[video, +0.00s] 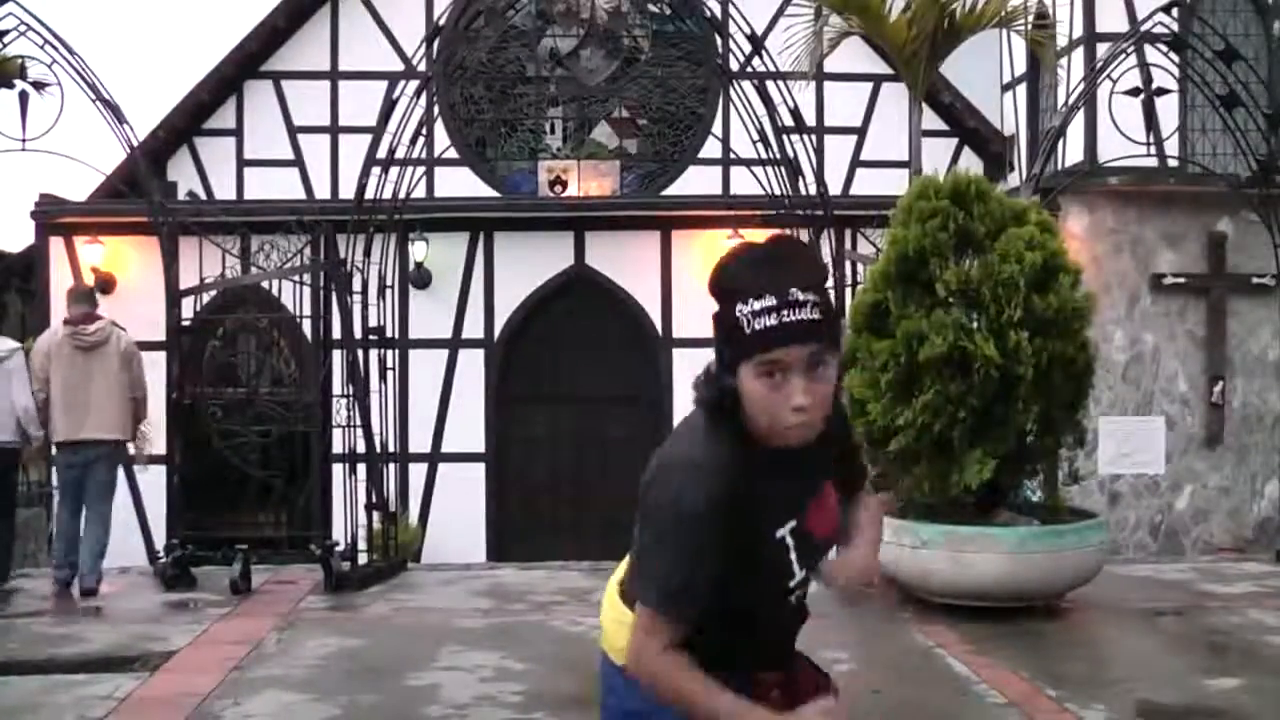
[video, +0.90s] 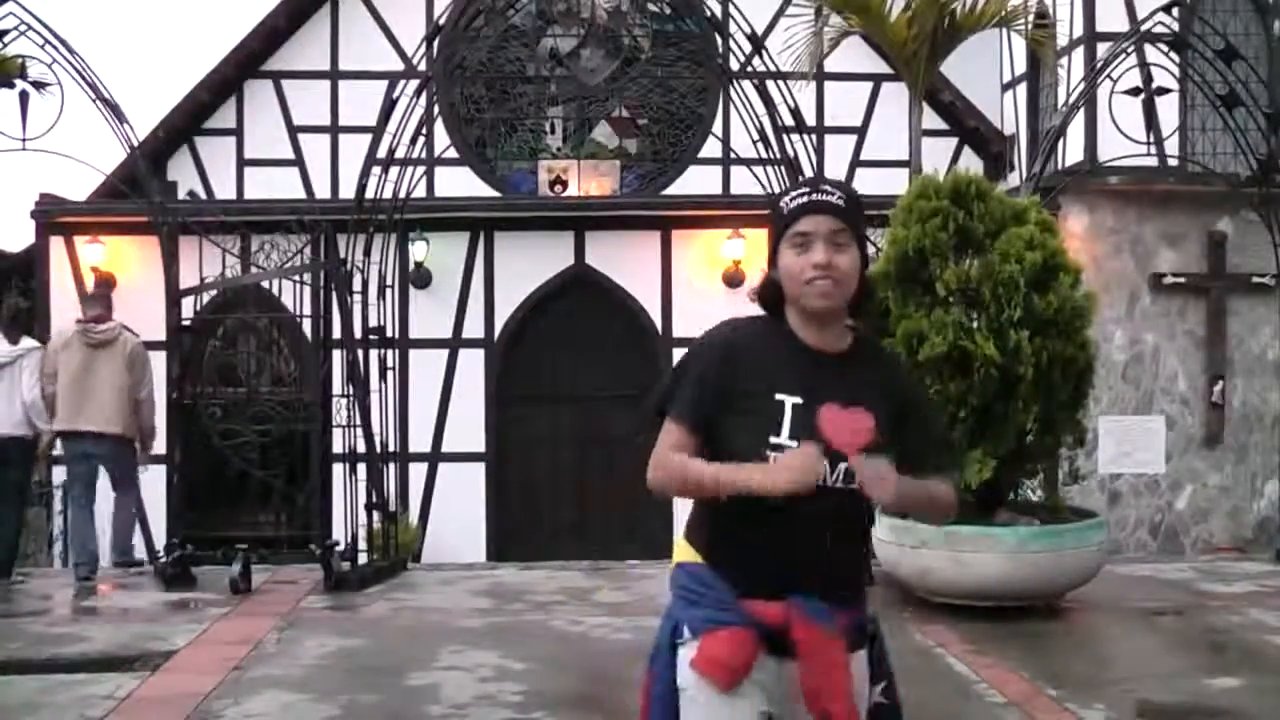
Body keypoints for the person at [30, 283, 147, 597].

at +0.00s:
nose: (77, 312)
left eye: (74, 306)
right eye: (86, 305)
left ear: (67, 306)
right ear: (97, 306)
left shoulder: (48, 343)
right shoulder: (122, 342)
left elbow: (40, 395)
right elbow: (138, 395)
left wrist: (48, 428)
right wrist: (129, 429)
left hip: (67, 438)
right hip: (107, 437)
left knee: (68, 507)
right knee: (98, 510)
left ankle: (63, 577)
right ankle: (89, 581)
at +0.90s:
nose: (98, 316)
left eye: (93, 312)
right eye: (103, 311)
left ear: (83, 311)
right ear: (111, 310)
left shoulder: (60, 343)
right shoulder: (131, 345)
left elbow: (49, 389)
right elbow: (144, 396)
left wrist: (59, 421)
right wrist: (147, 437)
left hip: (74, 432)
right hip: (115, 432)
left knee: (79, 499)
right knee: (126, 491)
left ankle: (83, 566)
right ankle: (122, 552)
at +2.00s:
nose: (143, 325)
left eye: (143, 319)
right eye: (148, 319)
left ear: (139, 318)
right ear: (165, 321)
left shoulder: (116, 349)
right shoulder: (178, 353)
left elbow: (99, 391)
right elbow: (186, 394)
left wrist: (97, 429)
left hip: (125, 434)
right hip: (159, 436)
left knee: (133, 499)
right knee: (163, 497)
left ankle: (131, 556)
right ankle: (148, 555)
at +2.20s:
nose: (142, 334)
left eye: (140, 329)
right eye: (148, 329)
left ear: (135, 329)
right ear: (161, 330)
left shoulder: (114, 359)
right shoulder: (170, 360)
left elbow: (97, 400)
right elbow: (186, 391)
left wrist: (100, 432)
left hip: (124, 440)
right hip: (158, 442)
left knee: (134, 505)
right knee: (165, 500)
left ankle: (135, 557)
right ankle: (146, 552)